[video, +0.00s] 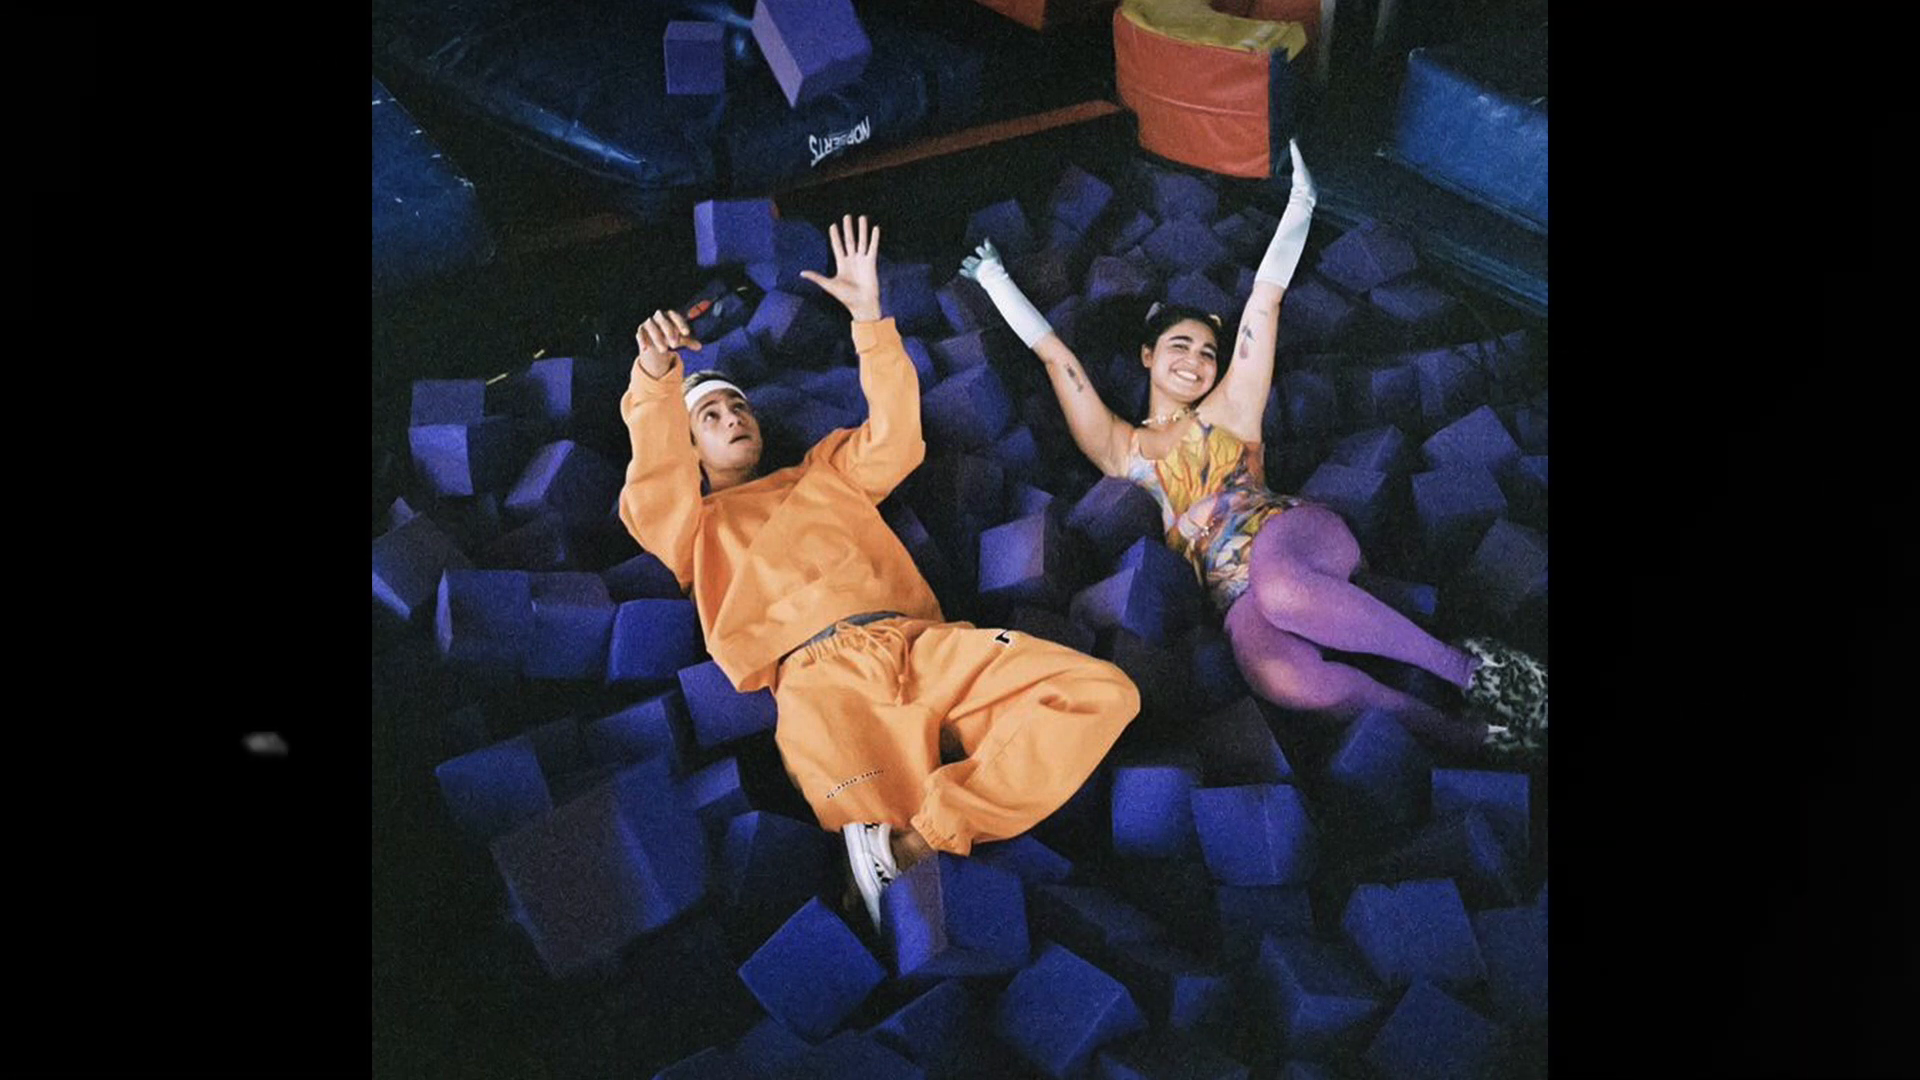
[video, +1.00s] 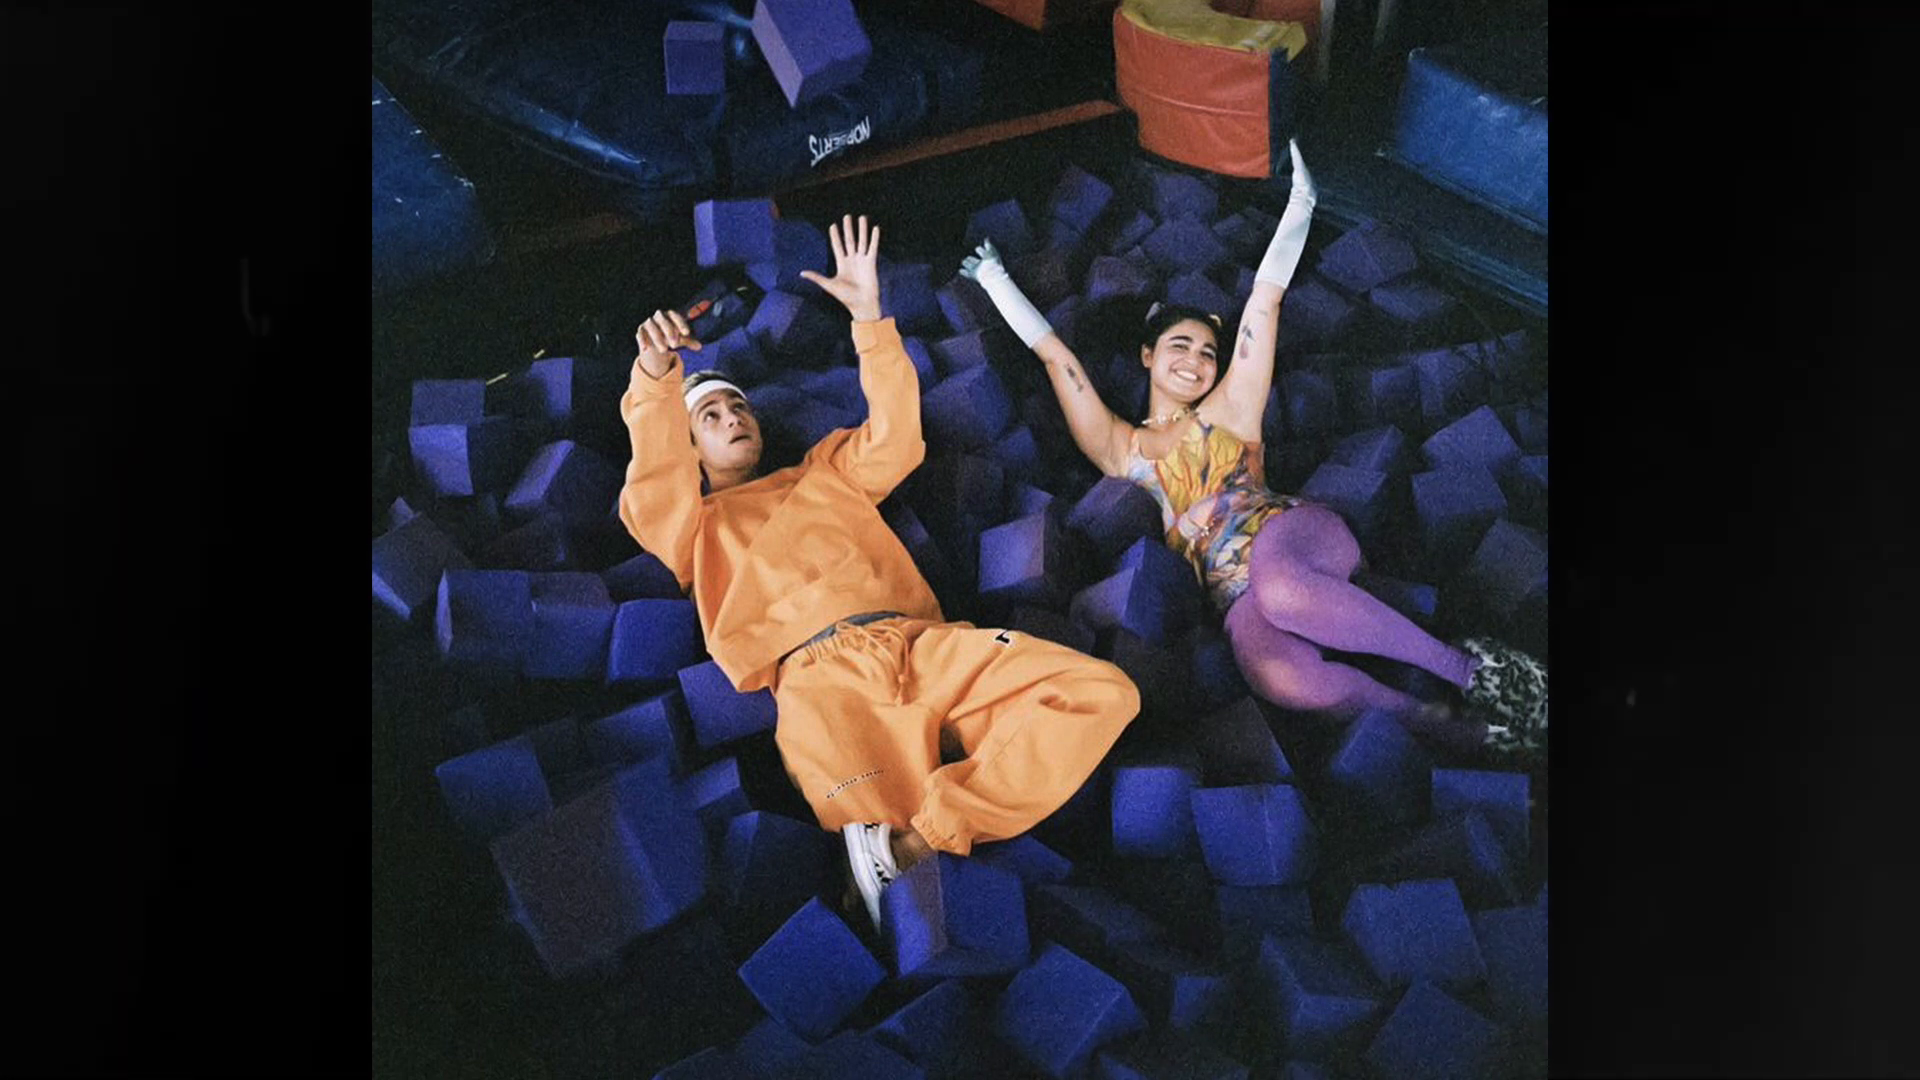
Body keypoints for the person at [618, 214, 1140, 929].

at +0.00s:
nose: (731, 418)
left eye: (738, 407)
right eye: (709, 415)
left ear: (760, 425)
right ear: (687, 449)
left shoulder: (827, 468)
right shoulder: (696, 525)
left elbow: (895, 436)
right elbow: (655, 477)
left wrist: (868, 317)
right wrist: (655, 373)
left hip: (917, 640)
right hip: (820, 673)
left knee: (1094, 692)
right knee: (883, 831)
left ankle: (917, 841)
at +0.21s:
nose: (731, 418)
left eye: (738, 407)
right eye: (709, 415)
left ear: (760, 425)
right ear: (688, 449)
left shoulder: (827, 468)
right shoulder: (696, 525)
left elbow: (895, 436)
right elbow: (655, 477)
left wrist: (868, 317)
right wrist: (655, 373)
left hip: (918, 641)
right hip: (820, 673)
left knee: (1094, 692)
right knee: (883, 831)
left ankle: (917, 841)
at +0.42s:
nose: (731, 418)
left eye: (738, 407)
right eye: (709, 415)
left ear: (760, 425)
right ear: (688, 448)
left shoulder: (827, 468)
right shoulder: (695, 525)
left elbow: (895, 436)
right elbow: (655, 476)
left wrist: (868, 317)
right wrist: (655, 373)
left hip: (918, 640)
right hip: (820, 672)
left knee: (1094, 692)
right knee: (881, 829)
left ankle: (917, 841)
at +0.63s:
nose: (731, 418)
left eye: (738, 407)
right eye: (709, 415)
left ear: (760, 425)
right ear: (688, 448)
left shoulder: (827, 468)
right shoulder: (695, 525)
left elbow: (895, 436)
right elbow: (655, 476)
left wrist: (868, 317)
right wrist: (655, 372)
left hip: (918, 640)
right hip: (820, 672)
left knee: (1094, 692)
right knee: (881, 829)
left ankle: (917, 841)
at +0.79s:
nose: (731, 418)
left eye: (738, 407)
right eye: (709, 415)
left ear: (760, 425)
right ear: (688, 448)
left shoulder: (827, 468)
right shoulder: (695, 525)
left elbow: (895, 436)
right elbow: (655, 476)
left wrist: (868, 317)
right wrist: (655, 372)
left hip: (918, 640)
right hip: (820, 672)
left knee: (1094, 692)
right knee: (881, 828)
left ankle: (917, 841)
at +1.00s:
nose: (731, 418)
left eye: (738, 407)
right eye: (709, 415)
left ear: (760, 425)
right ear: (688, 449)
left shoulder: (827, 468)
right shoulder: (696, 525)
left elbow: (895, 436)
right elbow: (655, 477)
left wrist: (868, 317)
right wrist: (655, 373)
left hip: (918, 640)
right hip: (820, 673)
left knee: (1094, 692)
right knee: (883, 831)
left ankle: (916, 841)